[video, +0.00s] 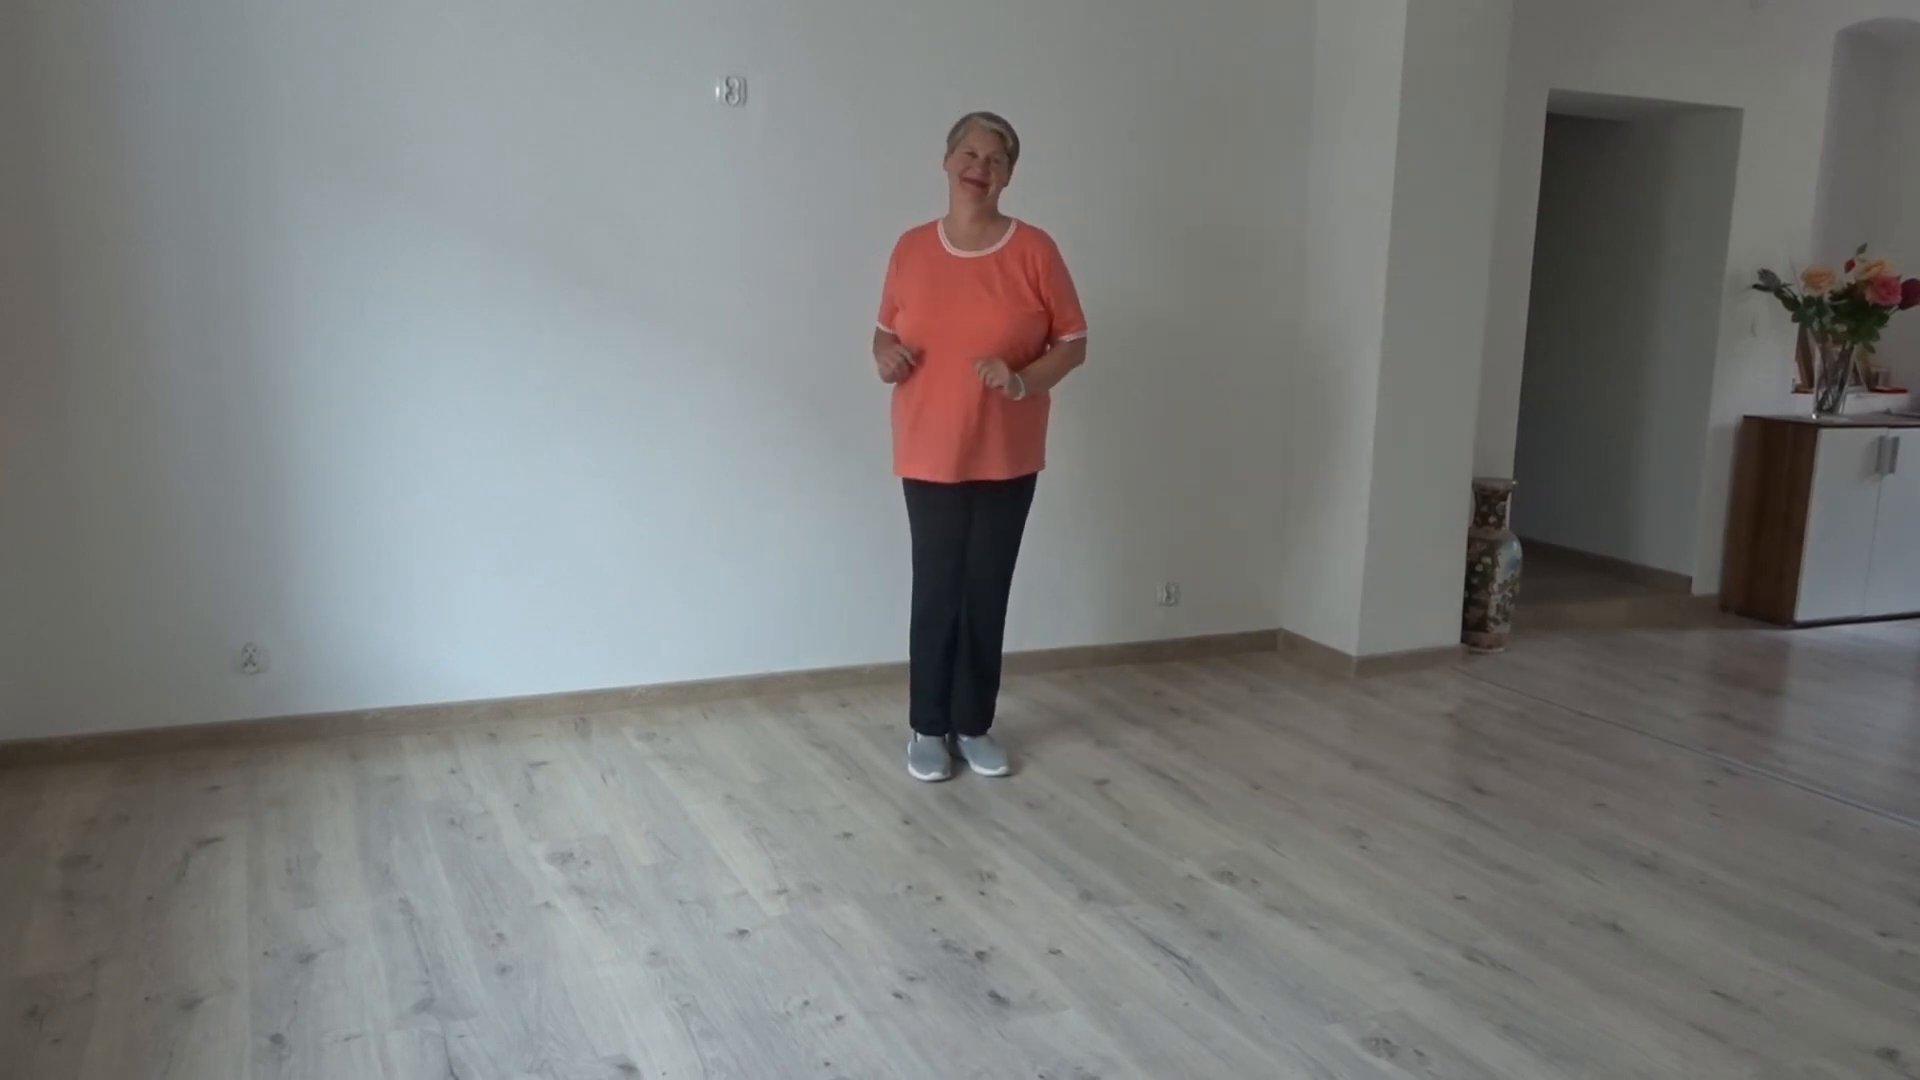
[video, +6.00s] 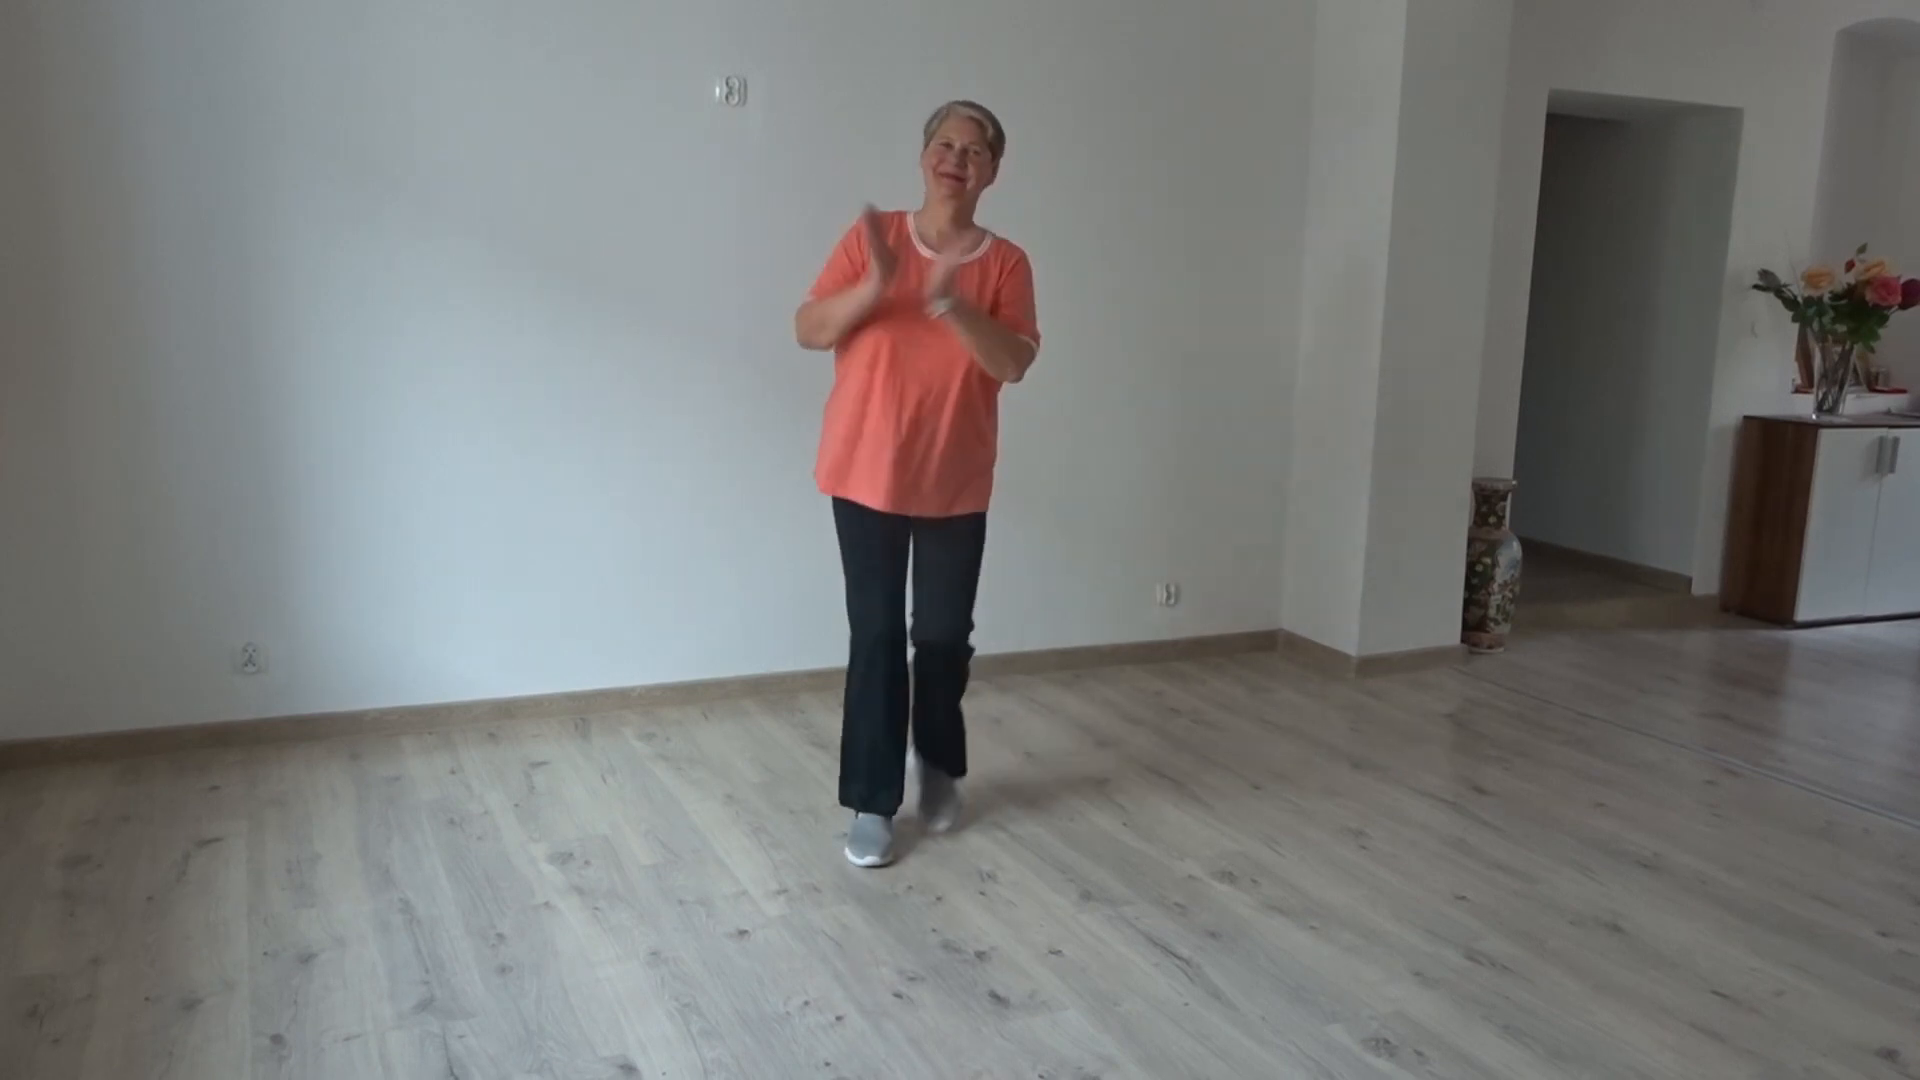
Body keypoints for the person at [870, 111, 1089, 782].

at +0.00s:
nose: (980, 164)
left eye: (995, 158)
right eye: (968, 153)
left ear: (1009, 174)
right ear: (946, 163)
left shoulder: (1035, 249)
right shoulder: (914, 247)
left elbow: (1074, 342)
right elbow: (886, 334)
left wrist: (1026, 378)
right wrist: (888, 353)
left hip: (1007, 457)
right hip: (930, 457)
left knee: (987, 596)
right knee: (936, 593)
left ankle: (974, 728)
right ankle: (928, 731)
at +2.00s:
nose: (955, 165)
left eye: (969, 157)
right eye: (943, 154)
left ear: (986, 172)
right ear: (922, 165)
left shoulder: (1015, 242)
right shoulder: (896, 253)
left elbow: (1061, 333)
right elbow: (873, 339)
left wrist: (1010, 378)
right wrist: (882, 371)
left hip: (1004, 458)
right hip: (928, 458)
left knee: (985, 598)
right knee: (937, 595)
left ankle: (973, 730)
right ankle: (928, 731)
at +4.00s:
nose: (970, 166)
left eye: (983, 157)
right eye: (957, 155)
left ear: (998, 171)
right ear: (936, 166)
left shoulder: (1028, 248)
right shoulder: (903, 249)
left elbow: (1067, 340)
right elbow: (873, 334)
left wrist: (1029, 383)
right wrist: (889, 372)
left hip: (1004, 459)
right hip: (928, 458)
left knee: (984, 599)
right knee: (936, 596)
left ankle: (972, 730)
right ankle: (927, 732)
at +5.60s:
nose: (986, 178)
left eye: (1003, 170)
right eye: (976, 166)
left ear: (1025, 186)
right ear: (959, 177)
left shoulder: (1039, 278)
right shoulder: (914, 245)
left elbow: (1081, 373)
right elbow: (840, 320)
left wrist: (1095, 326)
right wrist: (840, 270)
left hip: (991, 472)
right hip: (905, 463)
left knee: (979, 617)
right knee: (900, 627)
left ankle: (970, 734)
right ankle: (872, 789)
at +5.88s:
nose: (963, 162)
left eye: (981, 155)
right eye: (953, 149)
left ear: (1001, 175)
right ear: (932, 160)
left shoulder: (1004, 265)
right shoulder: (878, 233)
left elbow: (1021, 366)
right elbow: (806, 315)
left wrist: (1021, 273)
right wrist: (844, 233)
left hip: (959, 470)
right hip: (868, 460)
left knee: (965, 626)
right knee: (875, 632)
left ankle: (966, 733)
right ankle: (874, 802)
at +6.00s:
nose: (955, 159)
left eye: (973, 151)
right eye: (945, 146)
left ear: (993, 171)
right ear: (922, 156)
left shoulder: (1003, 261)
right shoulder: (874, 235)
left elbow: (1012, 364)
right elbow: (810, 328)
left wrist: (957, 307)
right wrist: (872, 290)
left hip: (955, 481)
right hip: (867, 472)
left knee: (942, 638)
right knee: (877, 639)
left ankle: (939, 766)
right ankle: (869, 804)